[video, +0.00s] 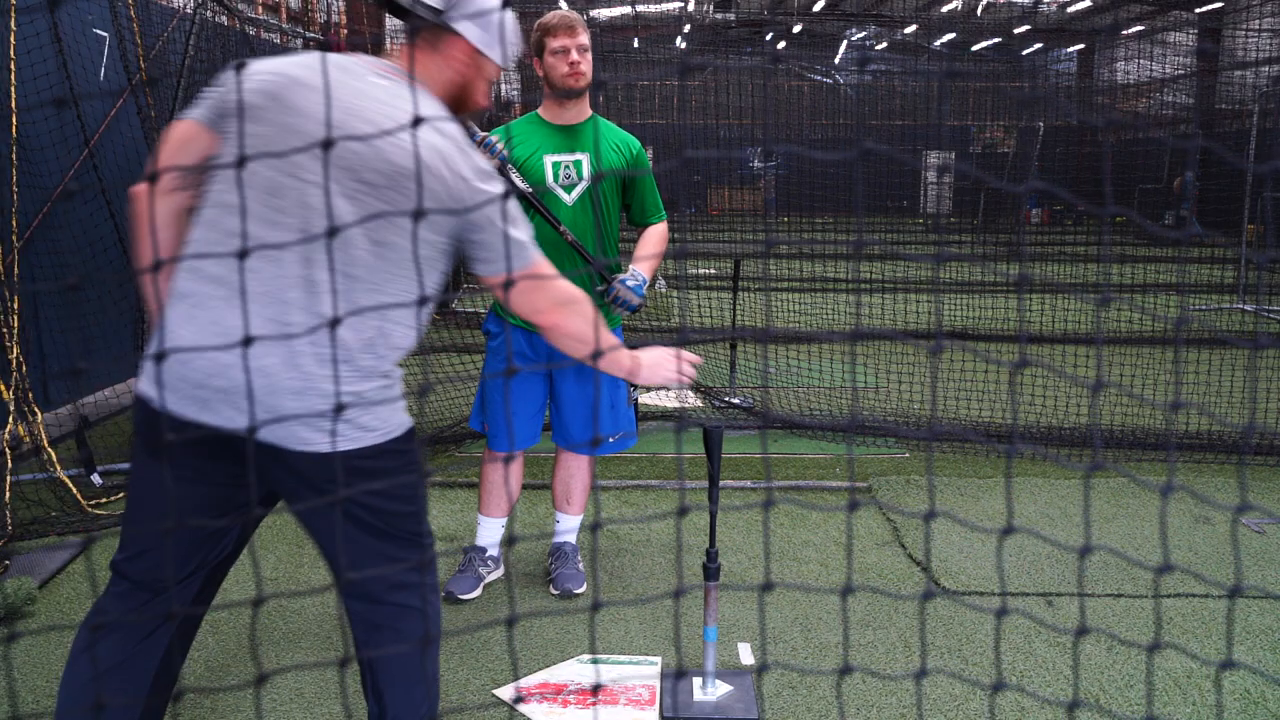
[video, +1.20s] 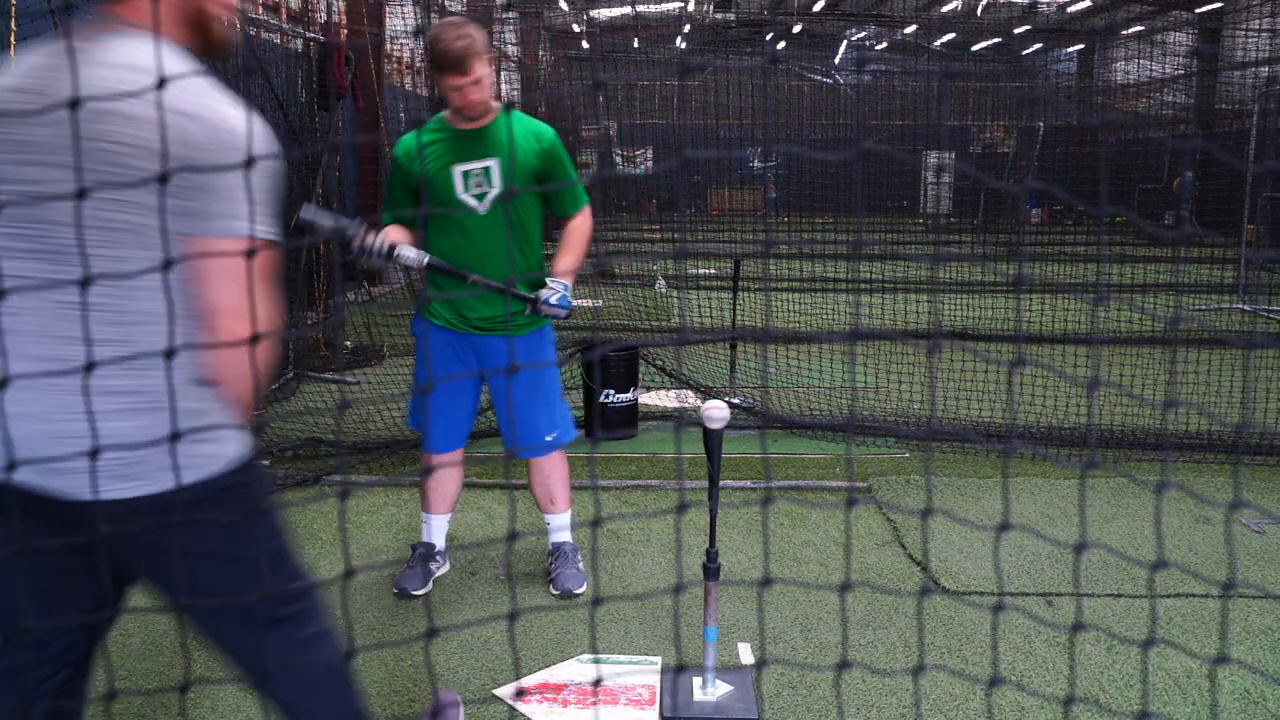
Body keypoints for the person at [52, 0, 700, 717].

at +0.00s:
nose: (500, 80)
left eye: (502, 63)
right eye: (497, 62)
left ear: (413, 35)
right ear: (466, 51)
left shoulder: (262, 78)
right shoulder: (463, 168)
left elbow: (159, 187)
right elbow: (540, 300)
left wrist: (169, 318)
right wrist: (628, 361)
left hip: (189, 395)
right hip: (339, 419)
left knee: (142, 603)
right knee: (396, 615)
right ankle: (403, 707)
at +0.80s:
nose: (494, 96)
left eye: (498, 82)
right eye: (493, 80)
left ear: (410, 51)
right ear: (468, 67)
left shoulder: (271, 85)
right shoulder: (474, 176)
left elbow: (169, 187)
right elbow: (512, 313)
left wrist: (184, 299)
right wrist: (559, 411)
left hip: (188, 379)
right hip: (335, 406)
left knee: (122, 593)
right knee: (387, 599)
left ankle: (56, 707)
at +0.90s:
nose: (431, 62)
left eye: (432, 43)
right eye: (428, 42)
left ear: (332, 24)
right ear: (403, 35)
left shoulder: (191, 86)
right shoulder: (421, 156)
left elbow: (115, 227)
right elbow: (437, 326)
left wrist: (177, 318)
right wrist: (428, 436)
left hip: (153, 414)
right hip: (308, 428)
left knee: (105, 618)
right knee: (379, 619)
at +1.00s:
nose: (383, 42)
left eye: (382, 27)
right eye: (375, 24)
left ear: (279, 16)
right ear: (347, 24)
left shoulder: (143, 91)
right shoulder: (375, 144)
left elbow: (80, 245)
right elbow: (382, 350)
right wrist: (360, 415)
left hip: (132, 430)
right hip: (289, 438)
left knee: (93, 635)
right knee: (370, 633)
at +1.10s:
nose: (286, 13)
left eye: (283, 0)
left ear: (163, 3)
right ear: (245, 6)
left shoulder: (36, 101)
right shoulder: (274, 134)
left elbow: (13, 270)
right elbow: (289, 334)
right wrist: (239, 418)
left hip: (53, 463)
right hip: (214, 462)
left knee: (48, 670)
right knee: (330, 661)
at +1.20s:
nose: (242, 6)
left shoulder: (11, 86)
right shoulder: (217, 126)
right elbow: (238, 350)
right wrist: (221, 437)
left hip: (29, 480)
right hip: (179, 476)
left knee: (27, 694)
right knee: (306, 672)